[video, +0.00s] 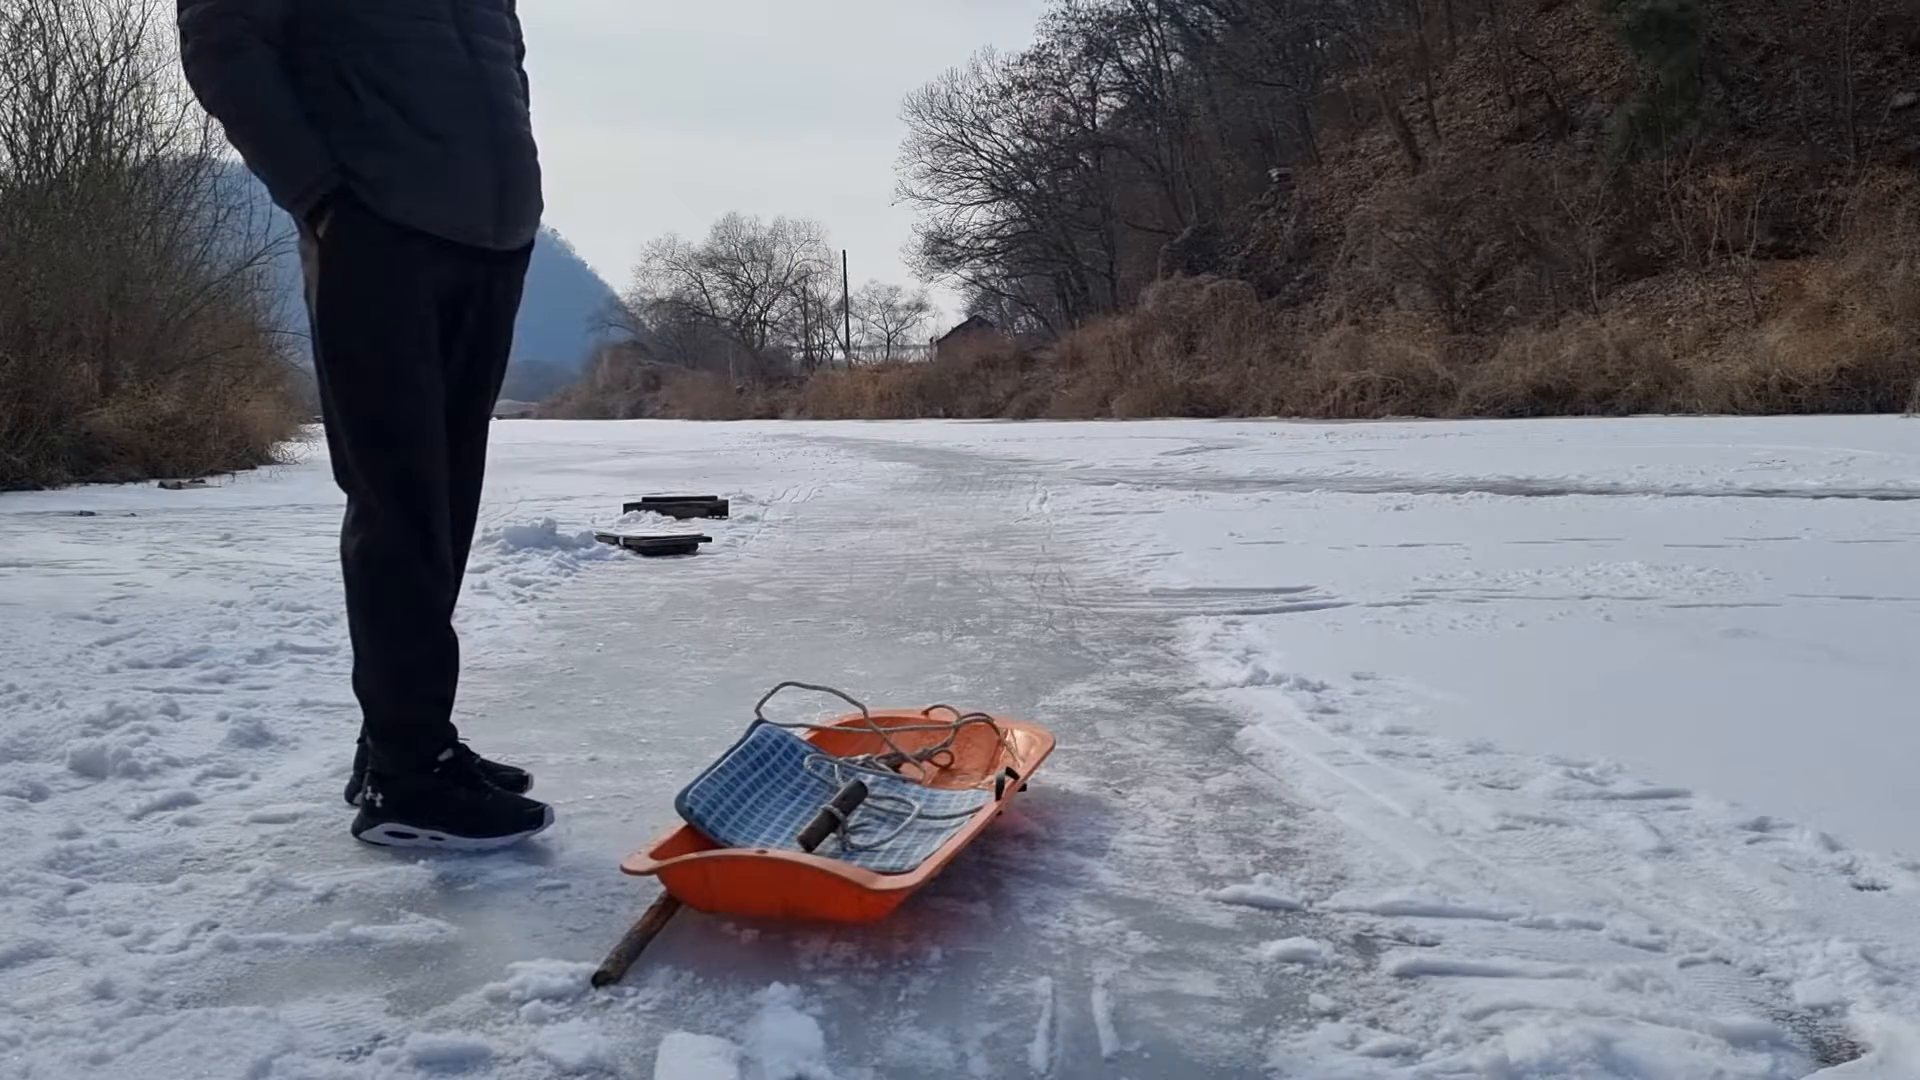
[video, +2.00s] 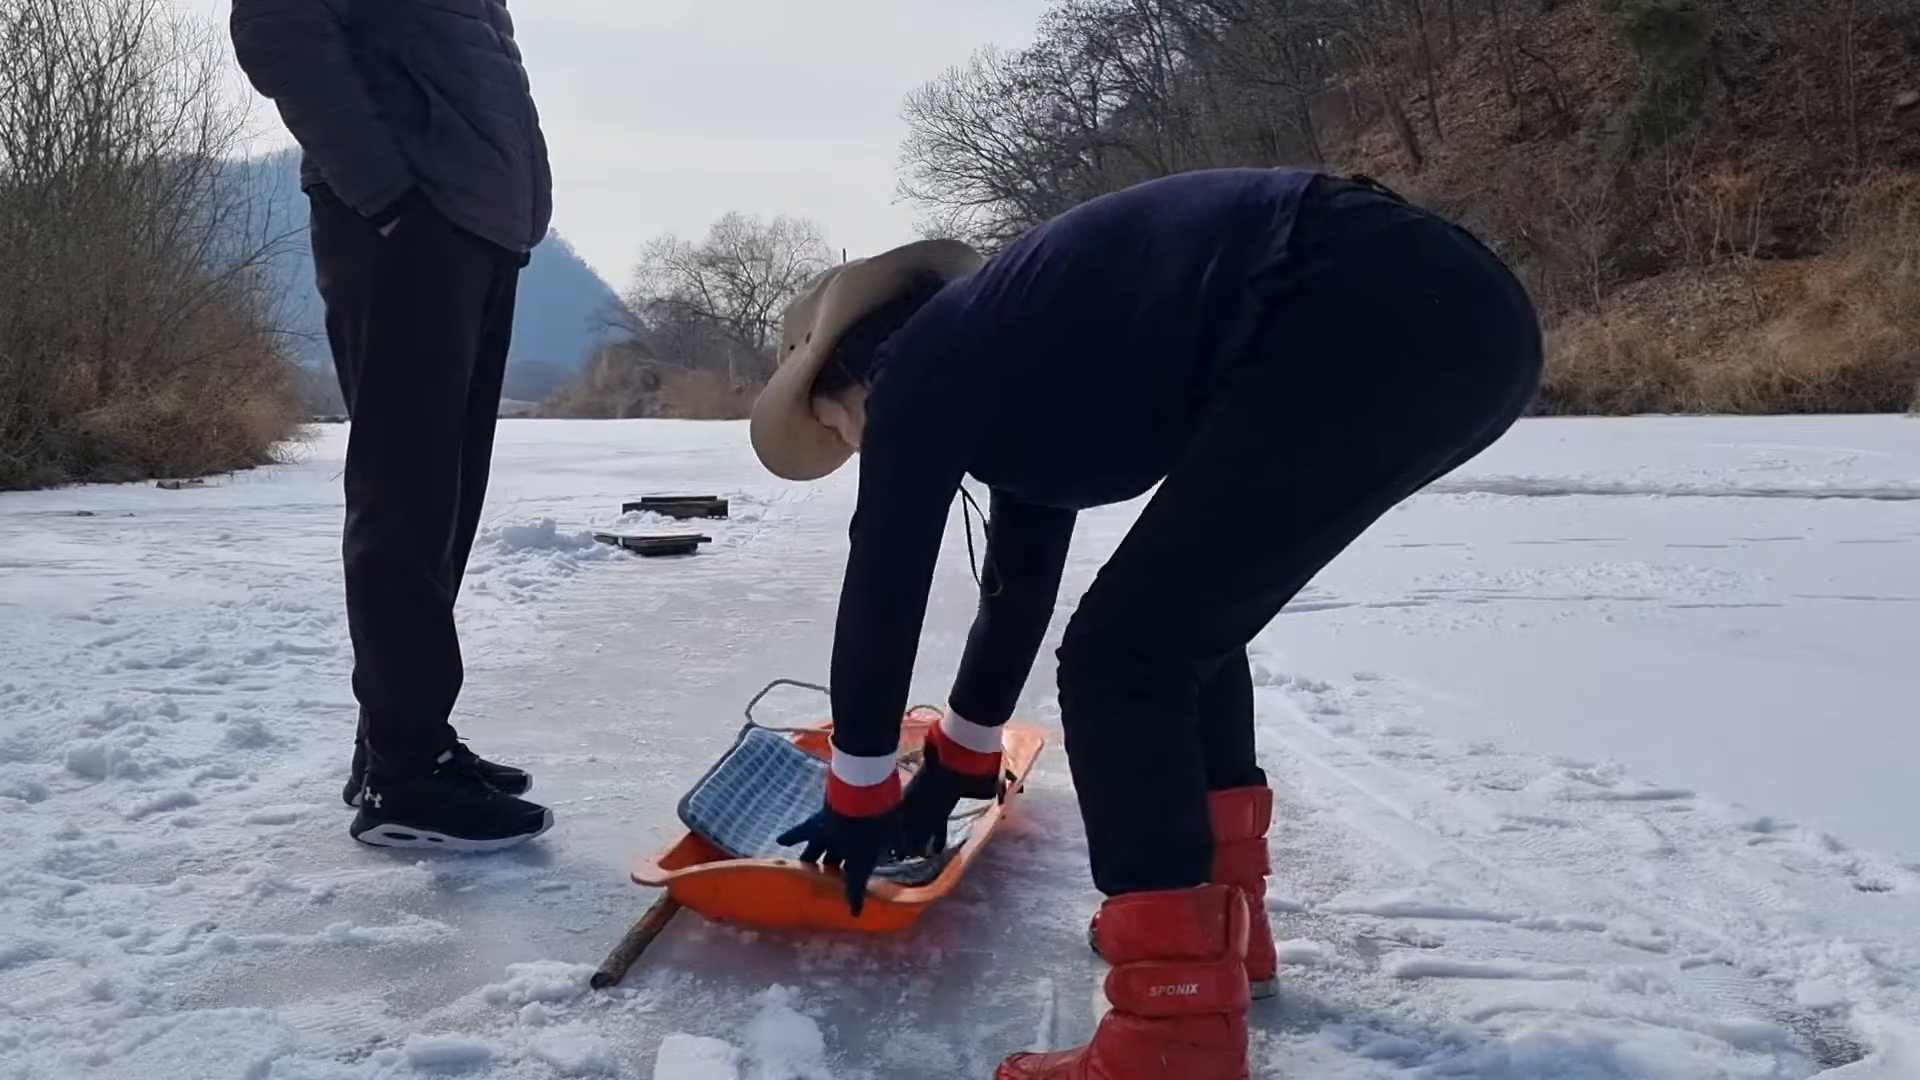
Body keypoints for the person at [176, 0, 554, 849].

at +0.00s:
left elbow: (503, 40)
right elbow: (219, 38)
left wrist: (513, 173)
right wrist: (319, 199)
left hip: (495, 222)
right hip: (374, 214)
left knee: (446, 497)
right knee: (397, 498)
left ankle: (413, 747)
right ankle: (404, 772)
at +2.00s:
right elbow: (274, 26)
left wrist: (506, 185)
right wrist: (383, 188)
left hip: (477, 219)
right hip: (402, 211)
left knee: (443, 494)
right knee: (403, 493)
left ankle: (416, 747)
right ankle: (401, 771)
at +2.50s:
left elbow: (486, 43)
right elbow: (265, 32)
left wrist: (517, 190)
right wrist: (379, 193)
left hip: (485, 228)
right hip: (404, 219)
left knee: (445, 499)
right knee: (402, 498)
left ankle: (414, 746)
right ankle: (401, 771)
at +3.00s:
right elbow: (271, 31)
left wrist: (516, 193)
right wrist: (383, 192)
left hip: (487, 224)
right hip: (407, 216)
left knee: (446, 497)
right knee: (404, 496)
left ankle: (416, 747)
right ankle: (400, 771)